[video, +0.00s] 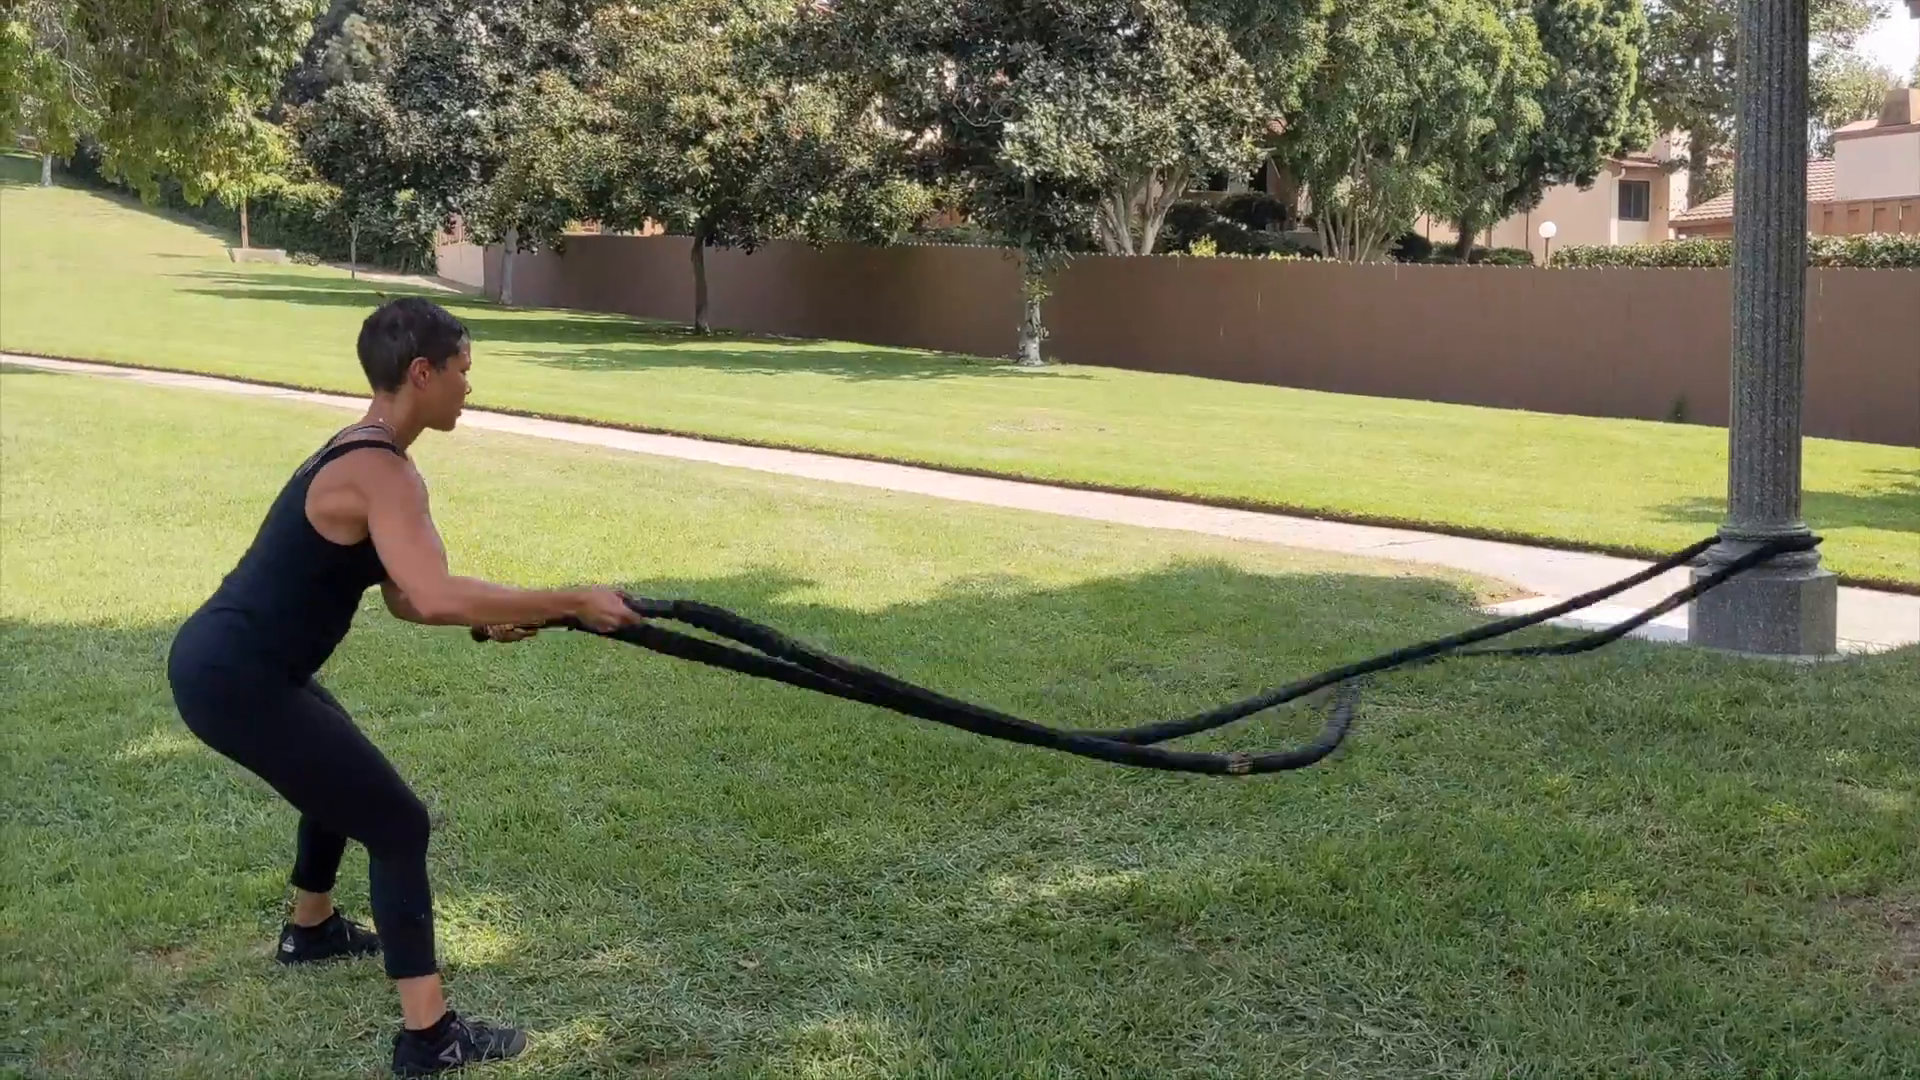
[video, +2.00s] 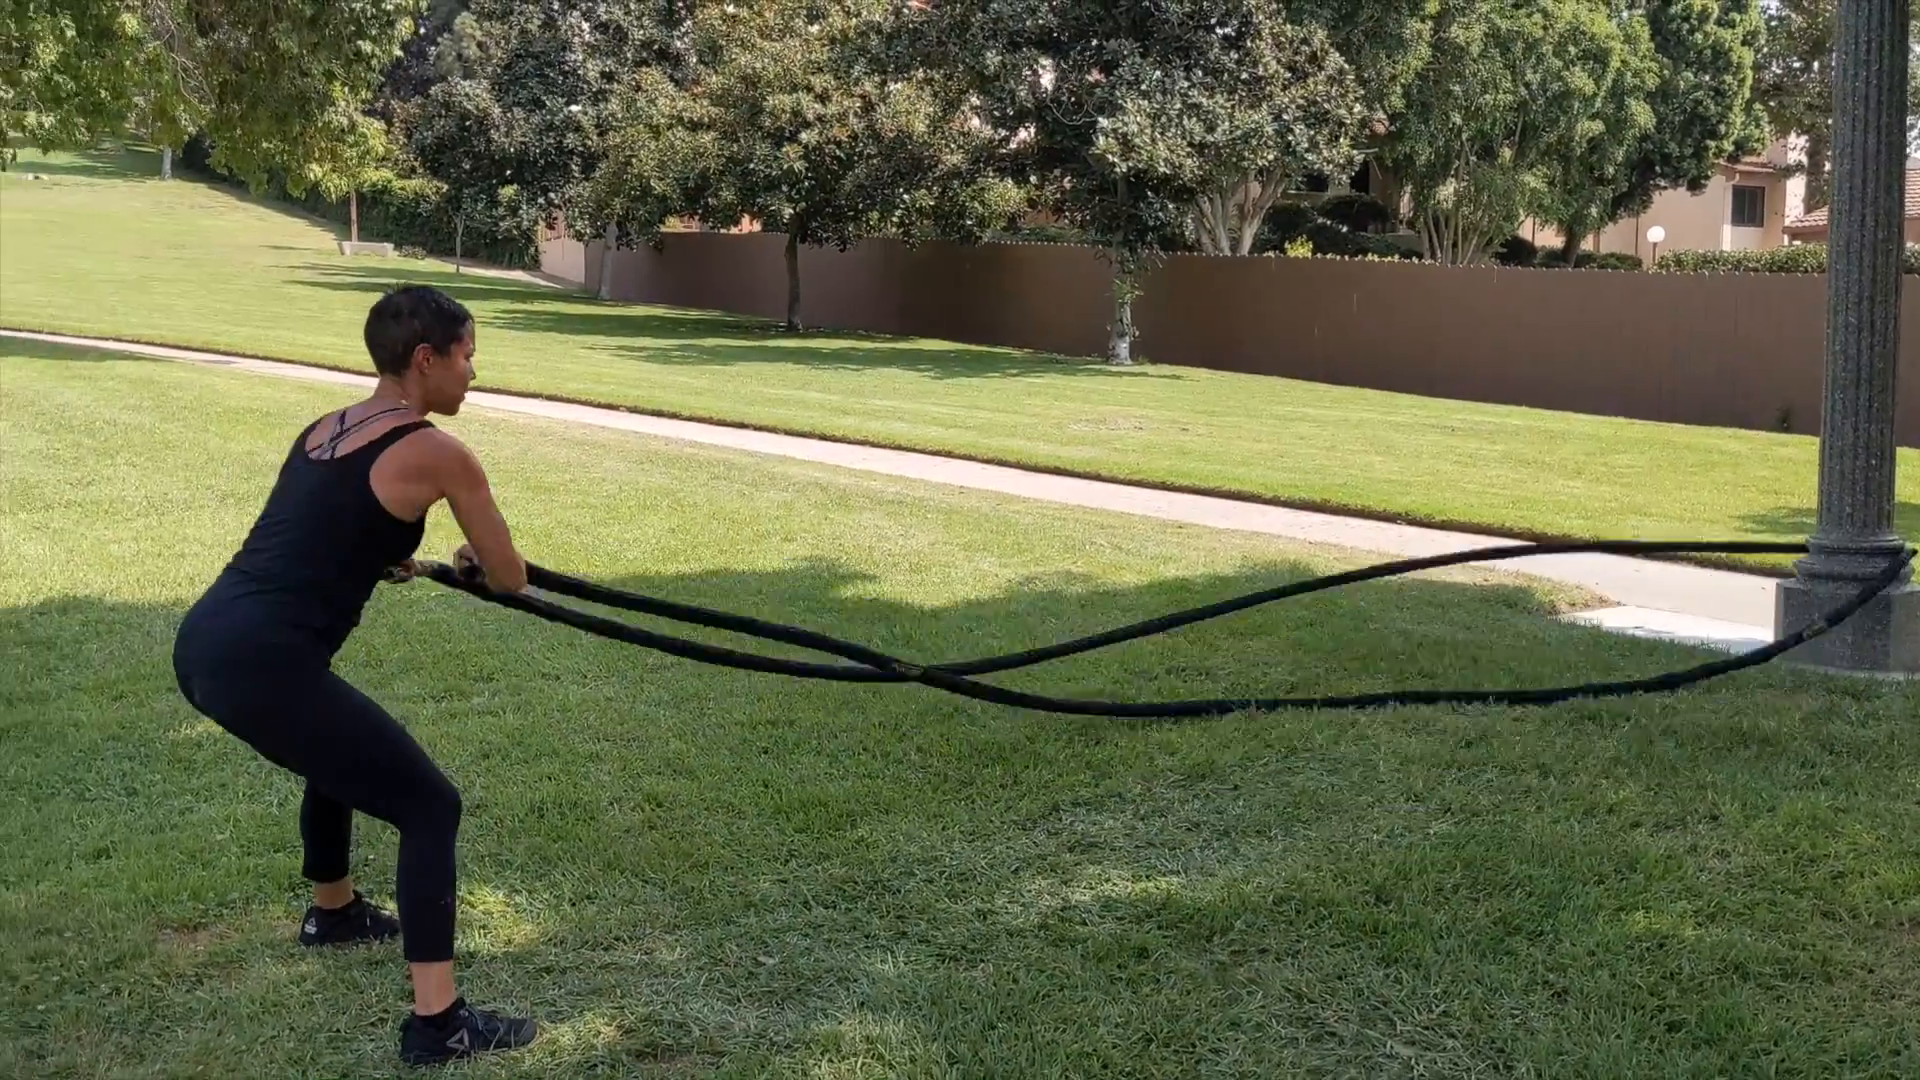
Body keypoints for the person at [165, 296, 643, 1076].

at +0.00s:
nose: (469, 386)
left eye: (468, 370)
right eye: (462, 370)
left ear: (400, 375)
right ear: (420, 373)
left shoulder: (356, 451)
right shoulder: (383, 473)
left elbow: (403, 599)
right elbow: (432, 597)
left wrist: (483, 613)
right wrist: (572, 601)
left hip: (224, 655)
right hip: (238, 680)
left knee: (341, 774)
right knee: (398, 823)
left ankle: (310, 927)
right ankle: (427, 1031)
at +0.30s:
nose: (409, 379)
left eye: (409, 364)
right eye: (402, 364)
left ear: (340, 367)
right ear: (357, 365)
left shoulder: (282, 435)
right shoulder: (349, 466)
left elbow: (314, 547)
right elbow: (410, 599)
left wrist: (420, 559)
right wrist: (506, 602)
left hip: (164, 658)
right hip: (212, 678)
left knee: (311, 770)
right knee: (370, 824)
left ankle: (306, 923)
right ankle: (417, 1029)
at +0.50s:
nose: (396, 377)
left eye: (396, 362)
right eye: (390, 362)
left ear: (325, 362)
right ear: (347, 361)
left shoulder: (251, 424)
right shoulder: (375, 460)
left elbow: (245, 528)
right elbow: (426, 583)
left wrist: (333, 540)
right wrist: (428, 573)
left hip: (157, 660)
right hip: (231, 675)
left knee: (304, 764)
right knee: (387, 817)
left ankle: (301, 923)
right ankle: (414, 1026)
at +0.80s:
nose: (428, 374)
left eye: (427, 358)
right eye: (421, 358)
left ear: (350, 365)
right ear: (383, 363)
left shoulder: (284, 431)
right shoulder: (388, 460)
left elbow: (255, 534)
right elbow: (455, 589)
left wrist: (335, 552)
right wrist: (462, 575)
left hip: (162, 655)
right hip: (218, 678)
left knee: (296, 766)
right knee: (381, 816)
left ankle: (293, 918)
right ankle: (406, 1024)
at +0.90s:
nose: (428, 373)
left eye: (427, 356)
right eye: (422, 356)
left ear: (358, 363)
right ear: (382, 361)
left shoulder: (315, 439)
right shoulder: (364, 450)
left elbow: (382, 564)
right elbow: (454, 571)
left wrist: (482, 582)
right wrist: (517, 577)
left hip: (173, 658)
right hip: (203, 680)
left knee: (302, 767)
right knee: (376, 814)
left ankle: (293, 917)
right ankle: (407, 1020)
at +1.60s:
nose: (393, 365)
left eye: (393, 349)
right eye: (386, 349)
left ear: (322, 352)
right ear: (344, 351)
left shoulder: (258, 415)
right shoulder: (360, 451)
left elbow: (294, 531)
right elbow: (412, 580)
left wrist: (397, 539)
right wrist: (439, 569)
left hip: (145, 648)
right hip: (210, 663)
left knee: (291, 749)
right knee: (372, 803)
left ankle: (293, 908)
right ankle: (398, 1015)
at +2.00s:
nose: (472, 370)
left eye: (471, 354)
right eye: (465, 355)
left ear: (393, 359)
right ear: (425, 359)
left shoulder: (330, 424)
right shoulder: (438, 452)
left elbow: (311, 520)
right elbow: (508, 574)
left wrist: (384, 552)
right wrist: (485, 572)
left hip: (203, 647)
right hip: (266, 666)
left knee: (335, 751)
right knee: (432, 804)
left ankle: (334, 908)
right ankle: (437, 1018)